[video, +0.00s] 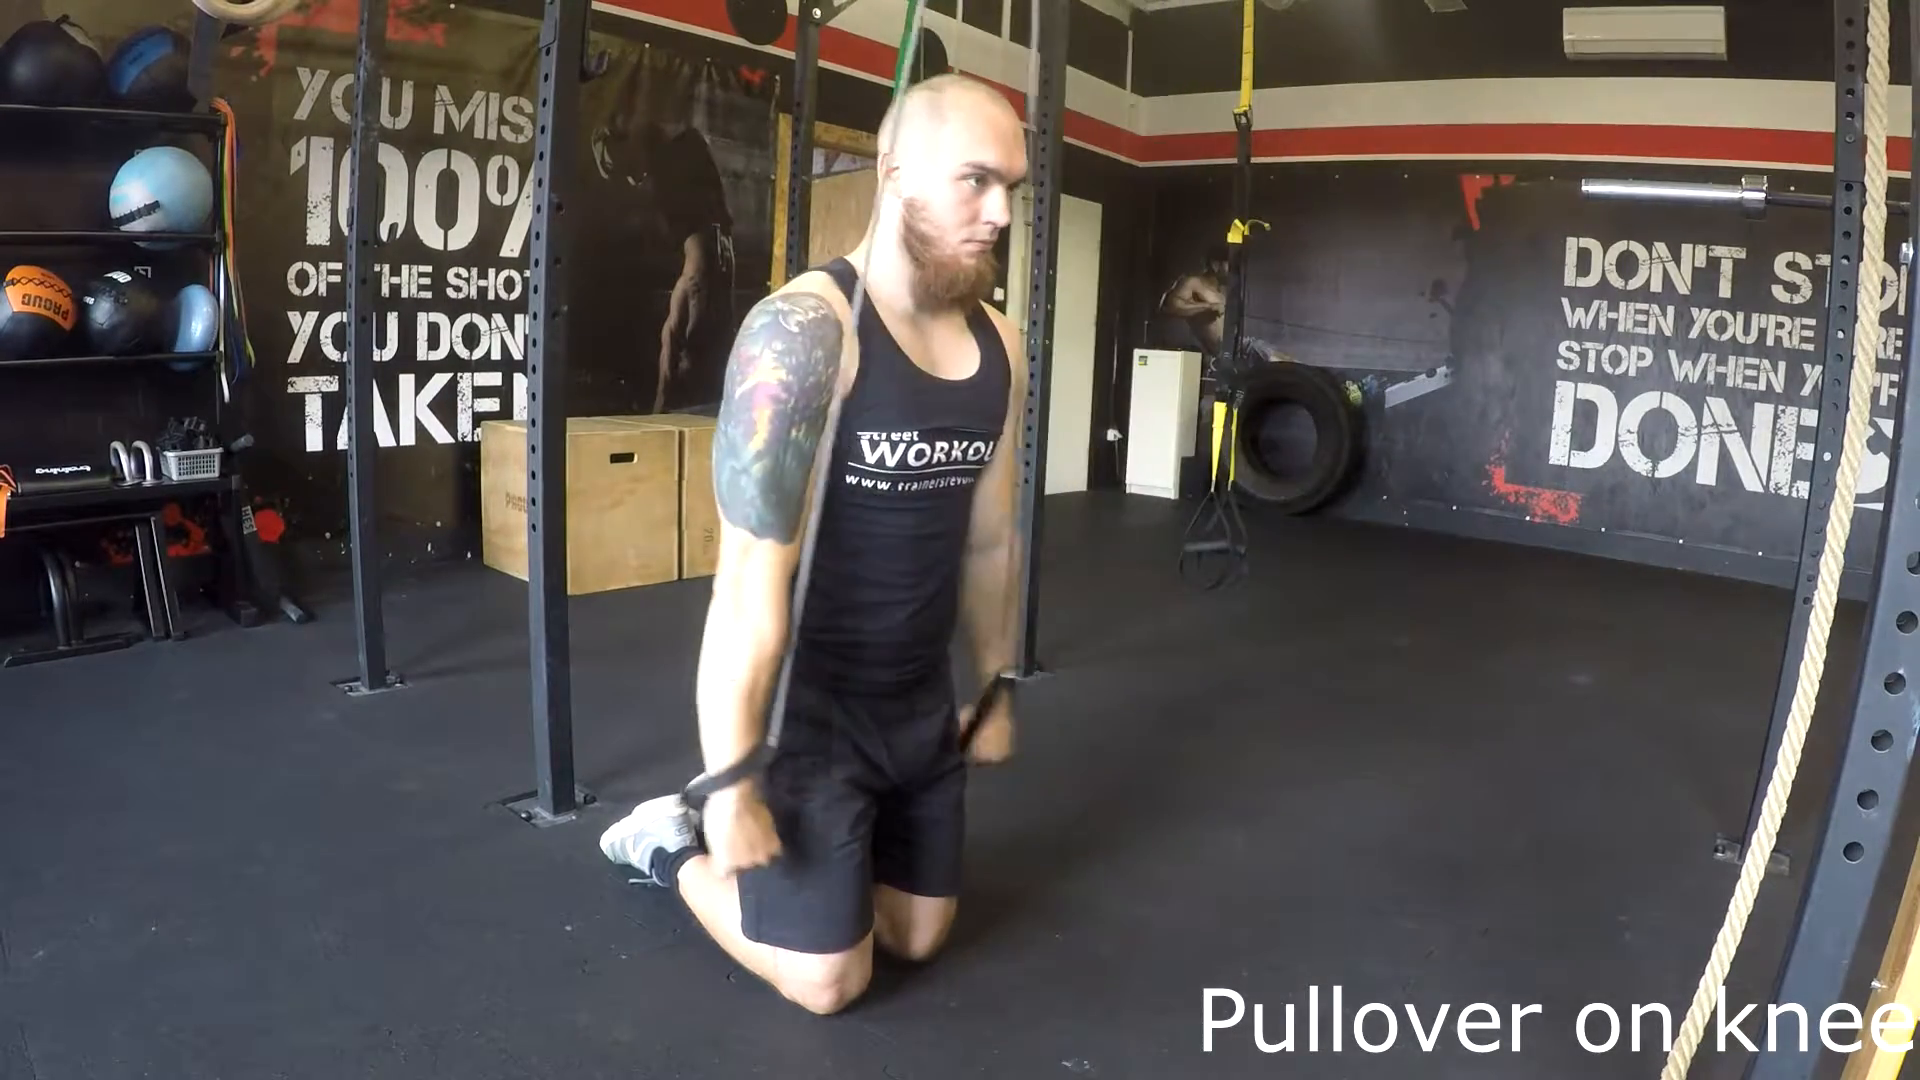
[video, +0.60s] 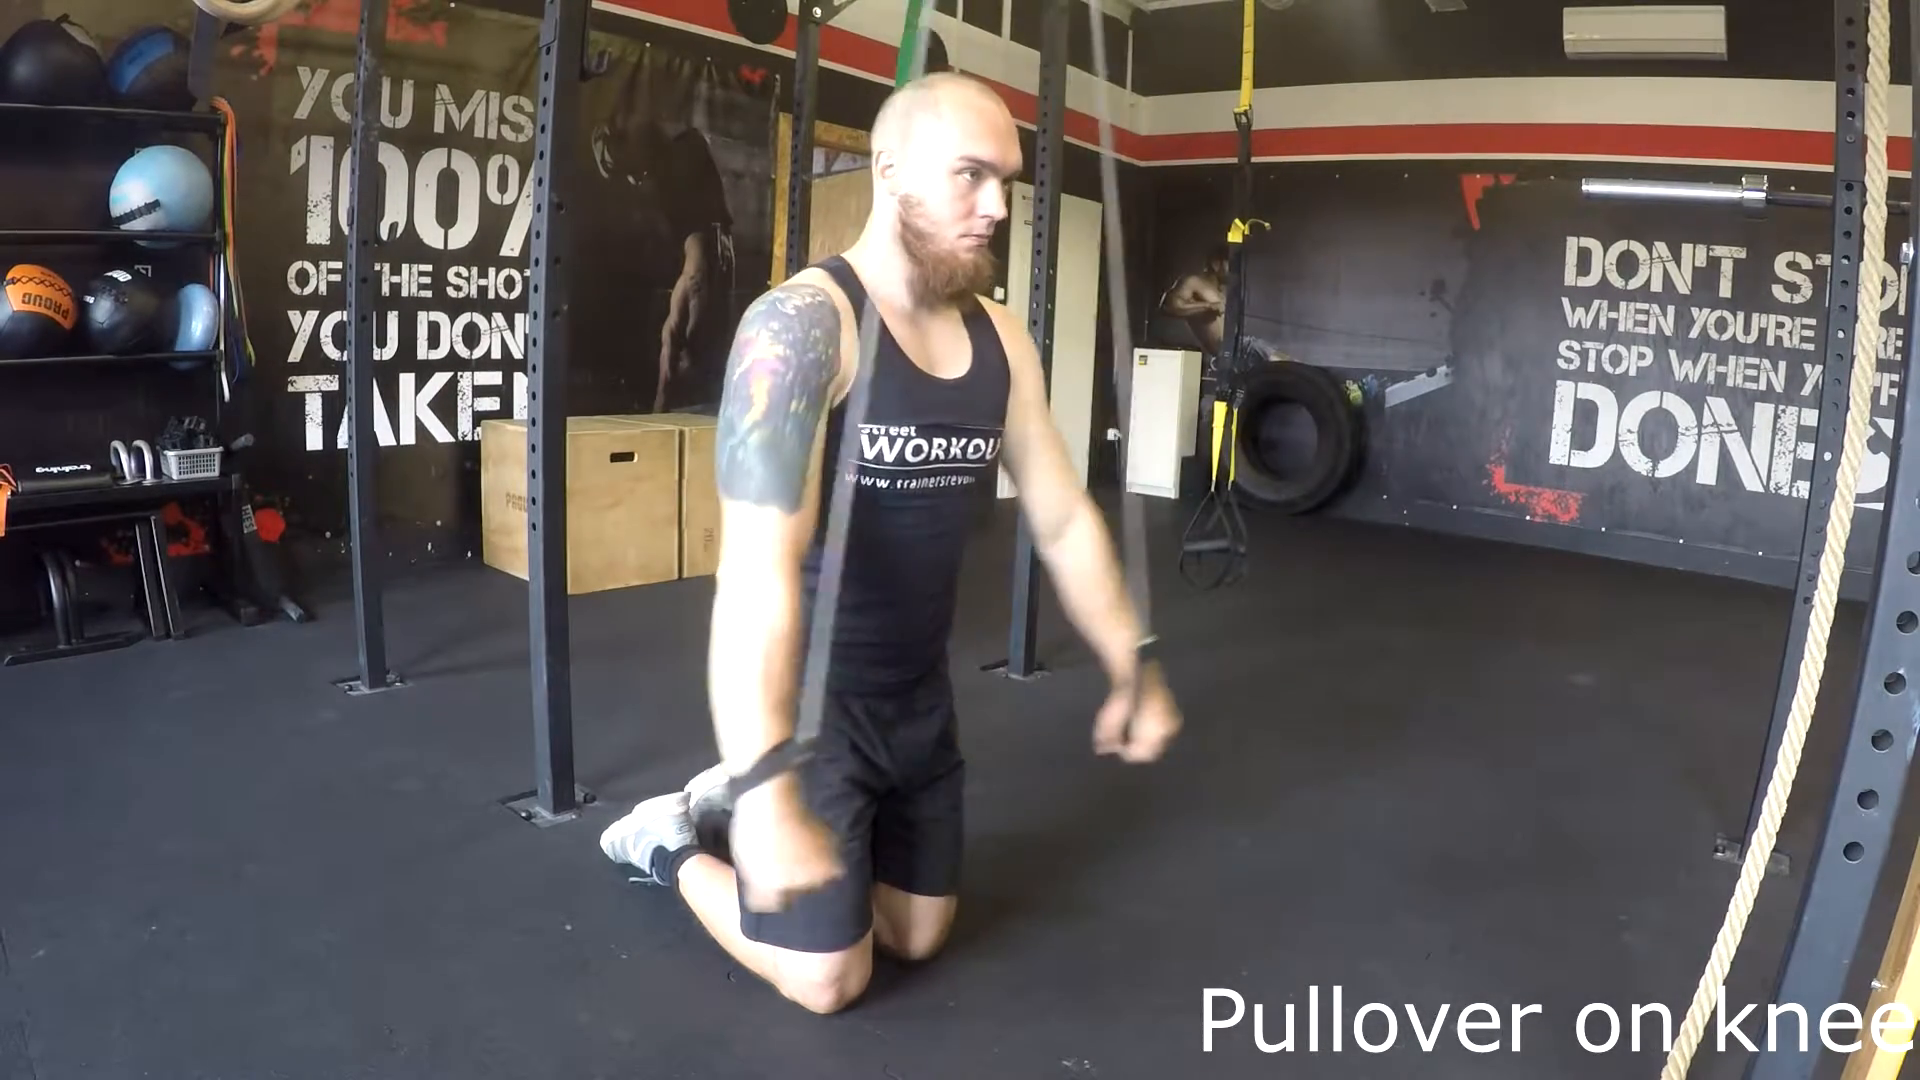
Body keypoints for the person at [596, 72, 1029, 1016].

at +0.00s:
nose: (1000, 213)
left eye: (1011, 187)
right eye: (976, 182)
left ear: (1016, 195)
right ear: (896, 177)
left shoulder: (997, 343)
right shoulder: (801, 332)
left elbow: (993, 538)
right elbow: (752, 578)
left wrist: (997, 682)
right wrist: (730, 779)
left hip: (923, 699)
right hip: (807, 707)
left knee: (916, 934)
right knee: (827, 982)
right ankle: (677, 844)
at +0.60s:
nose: (996, 207)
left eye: (1006, 181)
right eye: (972, 176)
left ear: (1010, 189)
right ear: (893, 176)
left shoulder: (1000, 335)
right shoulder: (801, 325)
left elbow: (1063, 516)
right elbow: (759, 567)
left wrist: (1131, 663)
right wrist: (766, 782)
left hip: (918, 697)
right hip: (808, 705)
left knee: (913, 933)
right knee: (824, 981)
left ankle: (744, 816)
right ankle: (671, 847)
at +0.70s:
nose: (990, 204)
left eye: (1000, 178)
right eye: (964, 172)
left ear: (1005, 187)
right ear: (886, 177)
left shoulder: (996, 330)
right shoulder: (796, 320)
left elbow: (1093, 496)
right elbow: (802, 545)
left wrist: (1196, 640)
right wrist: (858, 751)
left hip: (917, 674)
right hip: (802, 683)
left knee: (918, 931)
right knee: (824, 979)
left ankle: (746, 806)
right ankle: (669, 853)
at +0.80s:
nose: (985, 203)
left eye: (993, 178)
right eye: (959, 173)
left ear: (999, 184)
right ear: (880, 176)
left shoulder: (990, 322)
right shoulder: (796, 310)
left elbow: (1119, 463)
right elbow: (868, 504)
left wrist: (1253, 590)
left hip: (927, 680)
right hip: (804, 683)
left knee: (914, 932)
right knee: (823, 977)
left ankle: (741, 815)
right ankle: (672, 854)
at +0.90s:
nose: (979, 203)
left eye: (992, 182)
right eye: (955, 173)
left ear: (994, 191)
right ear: (873, 170)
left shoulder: (981, 313)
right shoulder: (794, 302)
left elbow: (1125, 418)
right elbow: (934, 440)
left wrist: (1304, 523)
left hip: (915, 687)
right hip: (799, 689)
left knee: (915, 928)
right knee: (822, 980)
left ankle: (744, 807)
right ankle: (677, 854)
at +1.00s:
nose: (978, 206)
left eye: (990, 183)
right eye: (951, 177)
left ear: (992, 188)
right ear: (867, 173)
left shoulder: (984, 303)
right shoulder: (791, 294)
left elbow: (1123, 376)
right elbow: (949, 369)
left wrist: (1334, 453)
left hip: (916, 683)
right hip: (797, 686)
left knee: (916, 931)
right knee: (822, 978)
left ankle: (759, 807)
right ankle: (672, 852)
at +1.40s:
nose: (984, 214)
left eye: (995, 188)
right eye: (958, 183)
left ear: (995, 192)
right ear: (874, 178)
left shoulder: (985, 310)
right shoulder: (791, 305)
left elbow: (1129, 370)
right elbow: (956, 379)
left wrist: (1331, 438)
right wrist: (1188, 418)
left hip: (913, 685)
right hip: (796, 687)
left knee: (916, 931)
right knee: (820, 978)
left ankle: (751, 808)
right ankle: (672, 852)